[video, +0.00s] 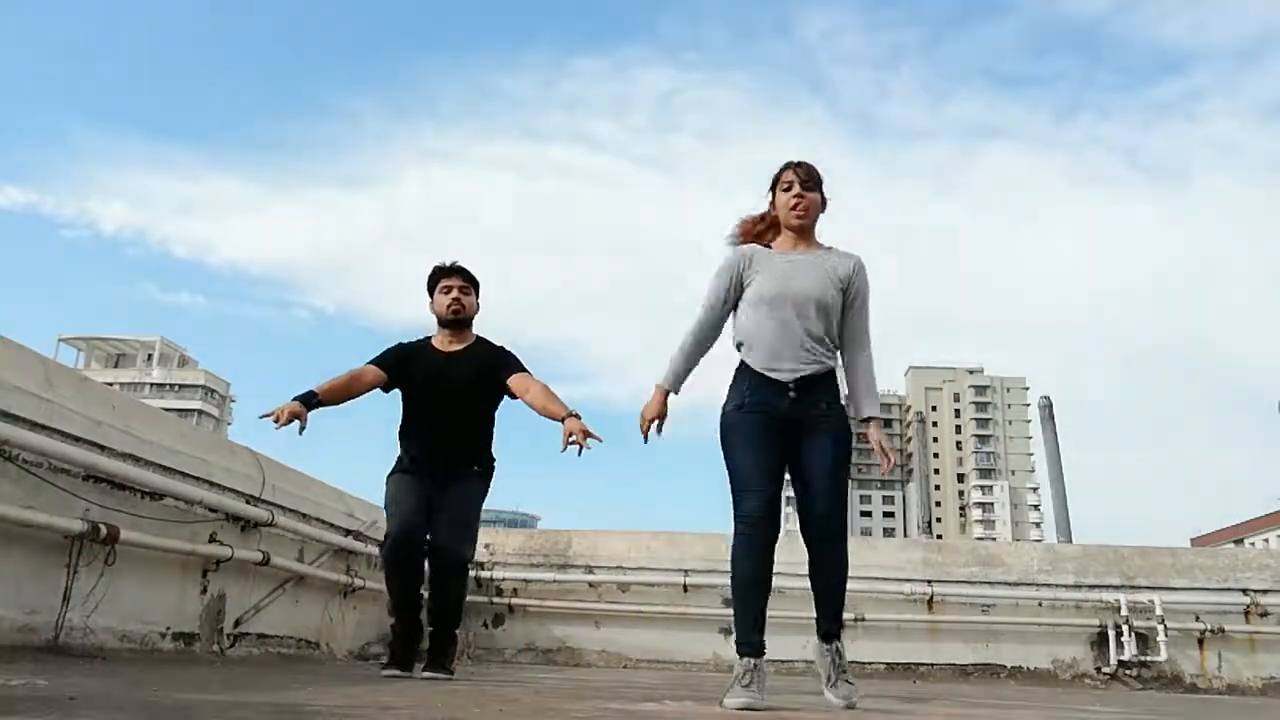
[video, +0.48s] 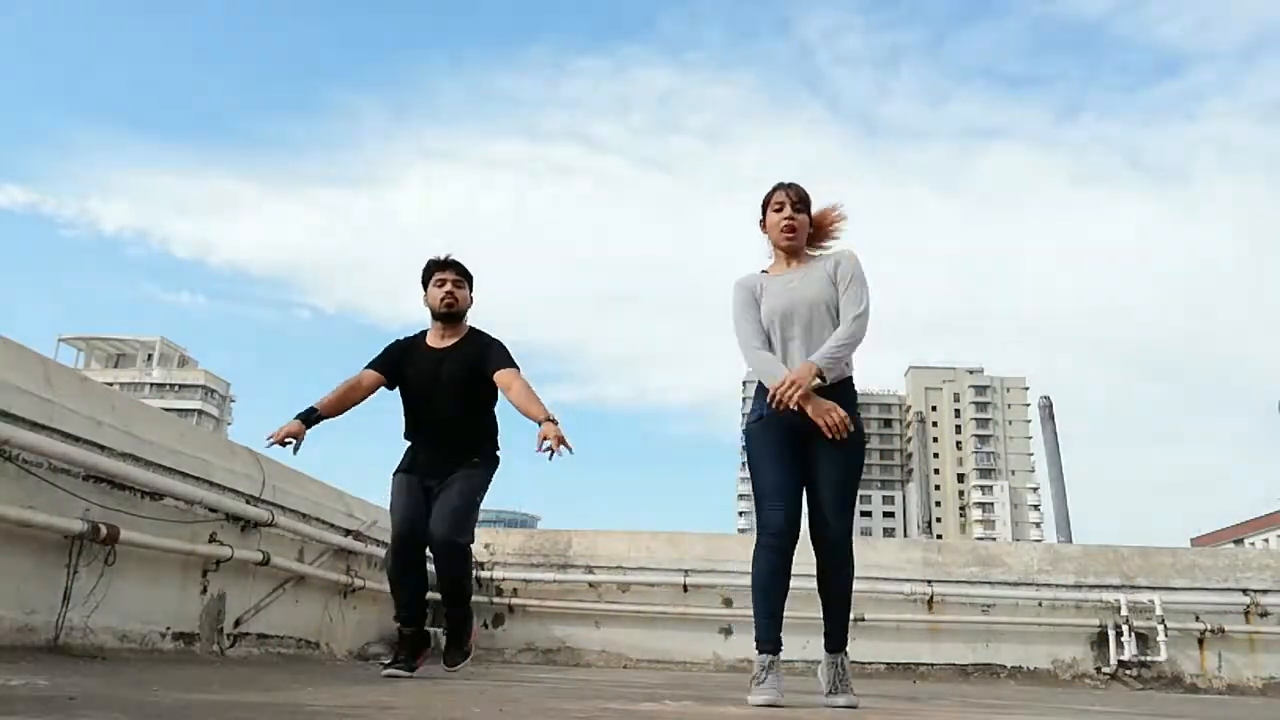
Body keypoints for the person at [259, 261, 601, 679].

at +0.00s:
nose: (455, 297)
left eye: (464, 291)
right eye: (446, 291)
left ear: (477, 304)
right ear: (432, 305)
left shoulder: (494, 358)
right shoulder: (408, 355)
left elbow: (529, 388)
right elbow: (359, 380)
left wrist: (566, 415)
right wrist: (306, 400)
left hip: (467, 477)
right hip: (412, 472)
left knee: (451, 555)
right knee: (401, 540)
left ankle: (442, 644)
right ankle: (404, 636)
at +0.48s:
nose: (449, 290)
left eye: (458, 285)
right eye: (440, 284)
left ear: (470, 298)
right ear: (425, 297)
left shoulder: (486, 348)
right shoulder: (403, 351)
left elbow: (513, 384)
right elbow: (359, 387)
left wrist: (544, 418)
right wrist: (307, 419)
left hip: (471, 462)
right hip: (419, 459)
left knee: (445, 535)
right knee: (403, 539)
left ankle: (458, 625)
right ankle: (411, 638)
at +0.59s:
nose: (456, 289)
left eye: (465, 285)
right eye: (448, 283)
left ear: (477, 297)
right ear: (433, 294)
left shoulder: (492, 349)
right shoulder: (409, 351)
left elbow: (517, 410)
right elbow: (377, 409)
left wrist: (533, 465)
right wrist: (342, 460)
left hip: (477, 465)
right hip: (425, 461)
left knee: (459, 550)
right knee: (408, 540)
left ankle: (463, 647)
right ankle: (412, 639)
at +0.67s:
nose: (460, 288)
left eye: (469, 284)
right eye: (452, 282)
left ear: (481, 298)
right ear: (437, 294)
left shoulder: (498, 351)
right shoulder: (413, 352)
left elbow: (516, 416)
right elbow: (392, 415)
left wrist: (524, 475)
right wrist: (374, 471)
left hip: (478, 469)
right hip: (426, 465)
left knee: (465, 557)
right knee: (410, 542)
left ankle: (463, 649)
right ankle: (413, 638)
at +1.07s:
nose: (474, 287)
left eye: (484, 283)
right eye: (467, 281)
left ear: (495, 296)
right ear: (453, 291)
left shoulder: (512, 346)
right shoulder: (432, 349)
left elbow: (527, 402)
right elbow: (412, 404)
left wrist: (525, 454)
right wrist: (392, 451)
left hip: (487, 469)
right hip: (434, 463)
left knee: (477, 566)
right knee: (411, 532)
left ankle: (464, 650)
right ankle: (429, 623)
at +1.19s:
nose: (475, 286)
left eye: (485, 282)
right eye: (468, 280)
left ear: (496, 295)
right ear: (455, 291)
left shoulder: (509, 341)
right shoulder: (436, 349)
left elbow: (525, 394)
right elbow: (403, 399)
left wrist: (506, 410)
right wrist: (366, 417)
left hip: (479, 463)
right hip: (430, 459)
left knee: (470, 556)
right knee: (414, 545)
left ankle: (464, 648)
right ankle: (428, 641)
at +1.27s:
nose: (476, 285)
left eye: (485, 282)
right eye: (469, 279)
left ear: (496, 295)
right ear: (455, 290)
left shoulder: (508, 338)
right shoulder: (437, 348)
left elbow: (520, 390)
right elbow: (404, 396)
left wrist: (489, 384)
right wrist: (365, 398)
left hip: (478, 456)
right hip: (432, 454)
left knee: (456, 539)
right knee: (415, 540)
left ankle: (467, 637)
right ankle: (428, 642)